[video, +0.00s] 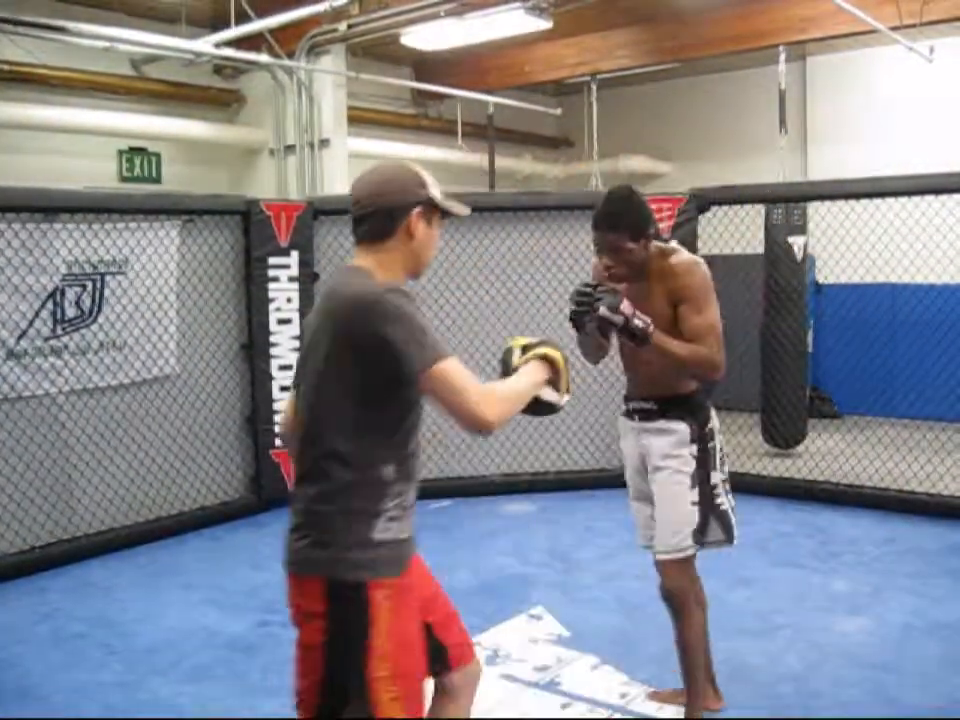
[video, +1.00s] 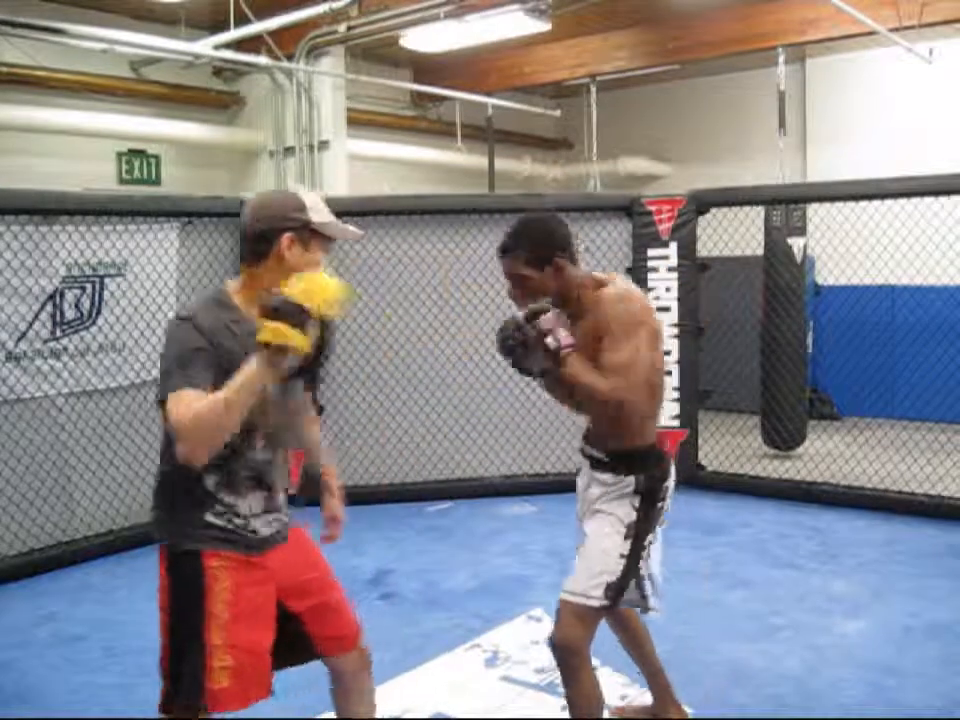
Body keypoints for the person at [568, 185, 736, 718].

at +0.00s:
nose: (608, 263)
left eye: (618, 253)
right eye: (603, 252)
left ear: (646, 238)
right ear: (600, 242)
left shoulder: (686, 271)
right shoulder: (609, 269)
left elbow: (712, 363)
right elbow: (595, 352)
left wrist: (641, 329)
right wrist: (586, 318)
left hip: (681, 432)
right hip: (637, 430)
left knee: (676, 577)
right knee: (671, 573)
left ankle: (704, 696)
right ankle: (701, 688)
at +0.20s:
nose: (594, 258)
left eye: (603, 247)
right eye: (588, 247)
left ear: (633, 234)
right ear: (585, 239)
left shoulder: (678, 264)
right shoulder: (609, 277)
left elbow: (711, 353)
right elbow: (601, 360)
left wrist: (633, 319)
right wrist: (587, 321)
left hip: (678, 428)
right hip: (639, 425)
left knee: (645, 585)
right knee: (659, 564)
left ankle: (663, 708)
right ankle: (702, 679)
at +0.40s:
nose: (562, 303)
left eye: (568, 290)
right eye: (556, 292)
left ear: (600, 275)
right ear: (590, 279)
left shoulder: (635, 308)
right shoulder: (611, 311)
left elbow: (644, 403)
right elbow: (629, 385)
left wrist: (580, 370)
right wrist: (579, 365)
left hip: (682, 466)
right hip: (649, 460)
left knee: (623, 615)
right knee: (627, 579)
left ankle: (619, 712)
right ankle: (698, 676)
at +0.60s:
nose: (532, 291)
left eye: (537, 276)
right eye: (523, 282)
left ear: (569, 261)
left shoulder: (616, 283)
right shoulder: (579, 320)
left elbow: (649, 351)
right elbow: (626, 404)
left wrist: (575, 353)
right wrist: (569, 426)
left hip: (665, 465)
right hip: (623, 462)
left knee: (611, 634)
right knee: (638, 590)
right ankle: (697, 679)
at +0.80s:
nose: (526, 271)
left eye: (530, 254)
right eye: (516, 262)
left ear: (564, 237)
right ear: (517, 267)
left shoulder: (626, 258)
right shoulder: (548, 309)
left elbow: (691, 320)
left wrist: (602, 307)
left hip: (655, 455)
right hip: (609, 455)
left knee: (610, 633)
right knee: (640, 598)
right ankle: (682, 692)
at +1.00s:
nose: (514, 294)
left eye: (520, 281)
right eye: (509, 282)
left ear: (558, 267)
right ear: (556, 267)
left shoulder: (623, 307)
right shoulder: (569, 309)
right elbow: (582, 399)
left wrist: (561, 354)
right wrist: (541, 365)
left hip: (633, 481)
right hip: (596, 470)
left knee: (568, 641)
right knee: (611, 601)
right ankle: (667, 703)